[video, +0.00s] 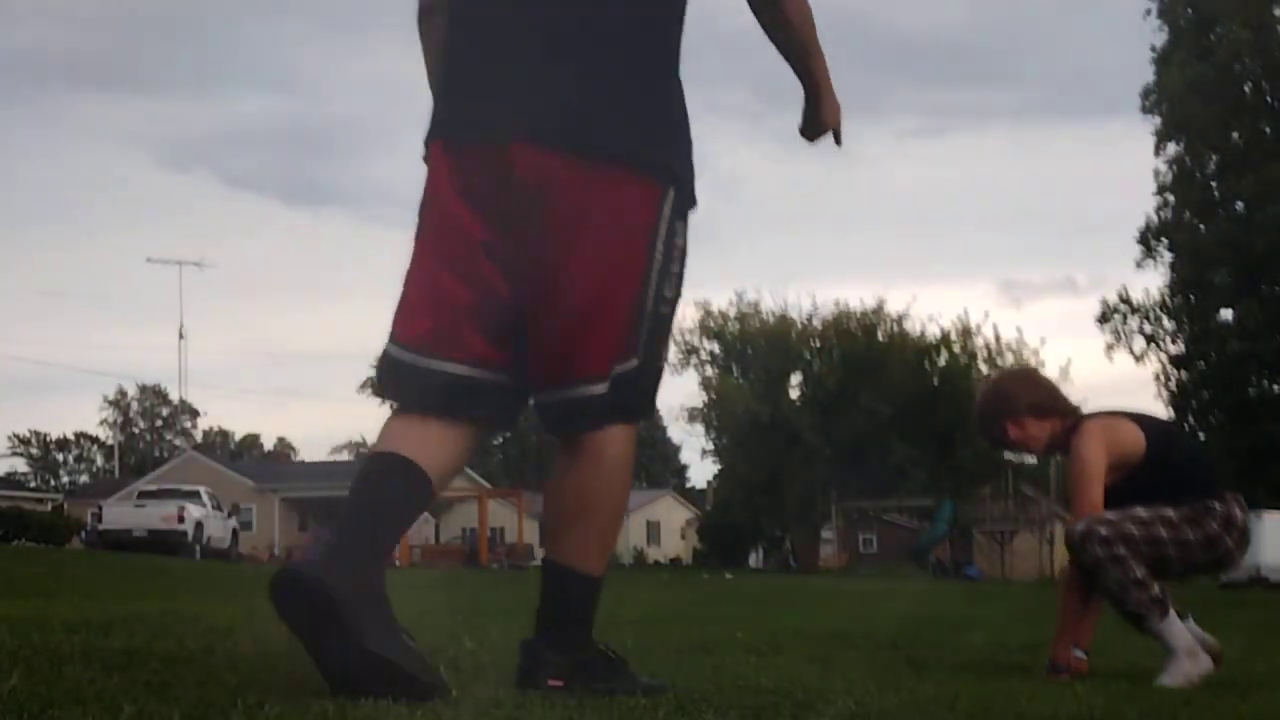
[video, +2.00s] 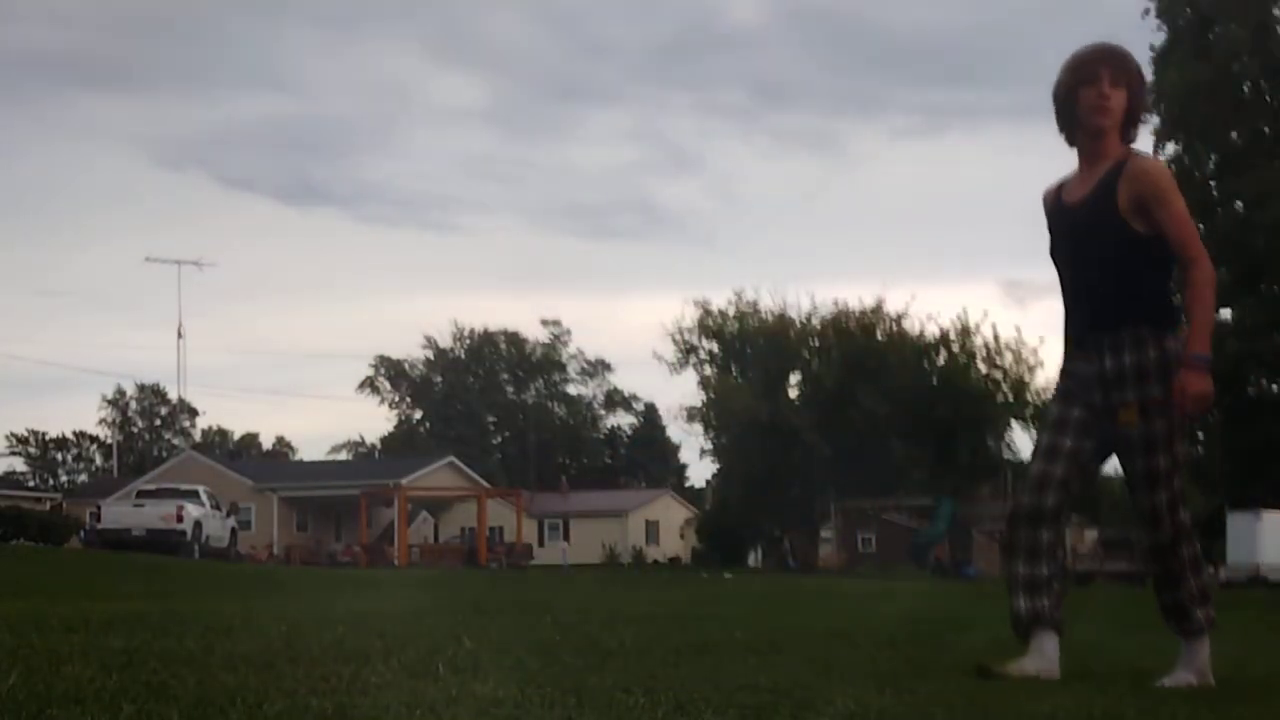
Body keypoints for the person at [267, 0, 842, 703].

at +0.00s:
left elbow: (437, 6)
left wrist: (462, 104)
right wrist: (817, 80)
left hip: (471, 101)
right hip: (617, 113)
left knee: (453, 378)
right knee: (603, 405)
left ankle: (344, 562)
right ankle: (564, 646)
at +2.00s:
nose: (1101, 94)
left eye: (1114, 86)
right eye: (1088, 85)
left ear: (1131, 101)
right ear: (1067, 102)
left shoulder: (1144, 172)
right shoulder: (1057, 197)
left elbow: (1198, 264)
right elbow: (1080, 290)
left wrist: (1196, 358)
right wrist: (1075, 366)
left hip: (1147, 357)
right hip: (1083, 365)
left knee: (1161, 506)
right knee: (1039, 496)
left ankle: (1196, 655)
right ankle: (1043, 649)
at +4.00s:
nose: (857, 16)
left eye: (855, 6)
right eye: (849, 6)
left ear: (792, 20)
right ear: (819, 15)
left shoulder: (760, 91)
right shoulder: (813, 72)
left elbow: (692, 206)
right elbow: (835, 136)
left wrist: (696, 306)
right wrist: (903, 185)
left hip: (742, 276)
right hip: (769, 273)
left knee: (782, 454)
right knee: (759, 455)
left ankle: (775, 634)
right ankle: (711, 643)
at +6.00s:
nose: (980, 75)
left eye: (982, 64)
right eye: (973, 62)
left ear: (942, 64)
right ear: (940, 58)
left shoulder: (922, 139)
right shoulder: (894, 121)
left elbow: (897, 252)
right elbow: (839, 214)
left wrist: (932, 330)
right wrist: (841, 315)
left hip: (908, 316)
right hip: (882, 311)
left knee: (897, 478)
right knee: (884, 476)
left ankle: (875, 633)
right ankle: (861, 640)